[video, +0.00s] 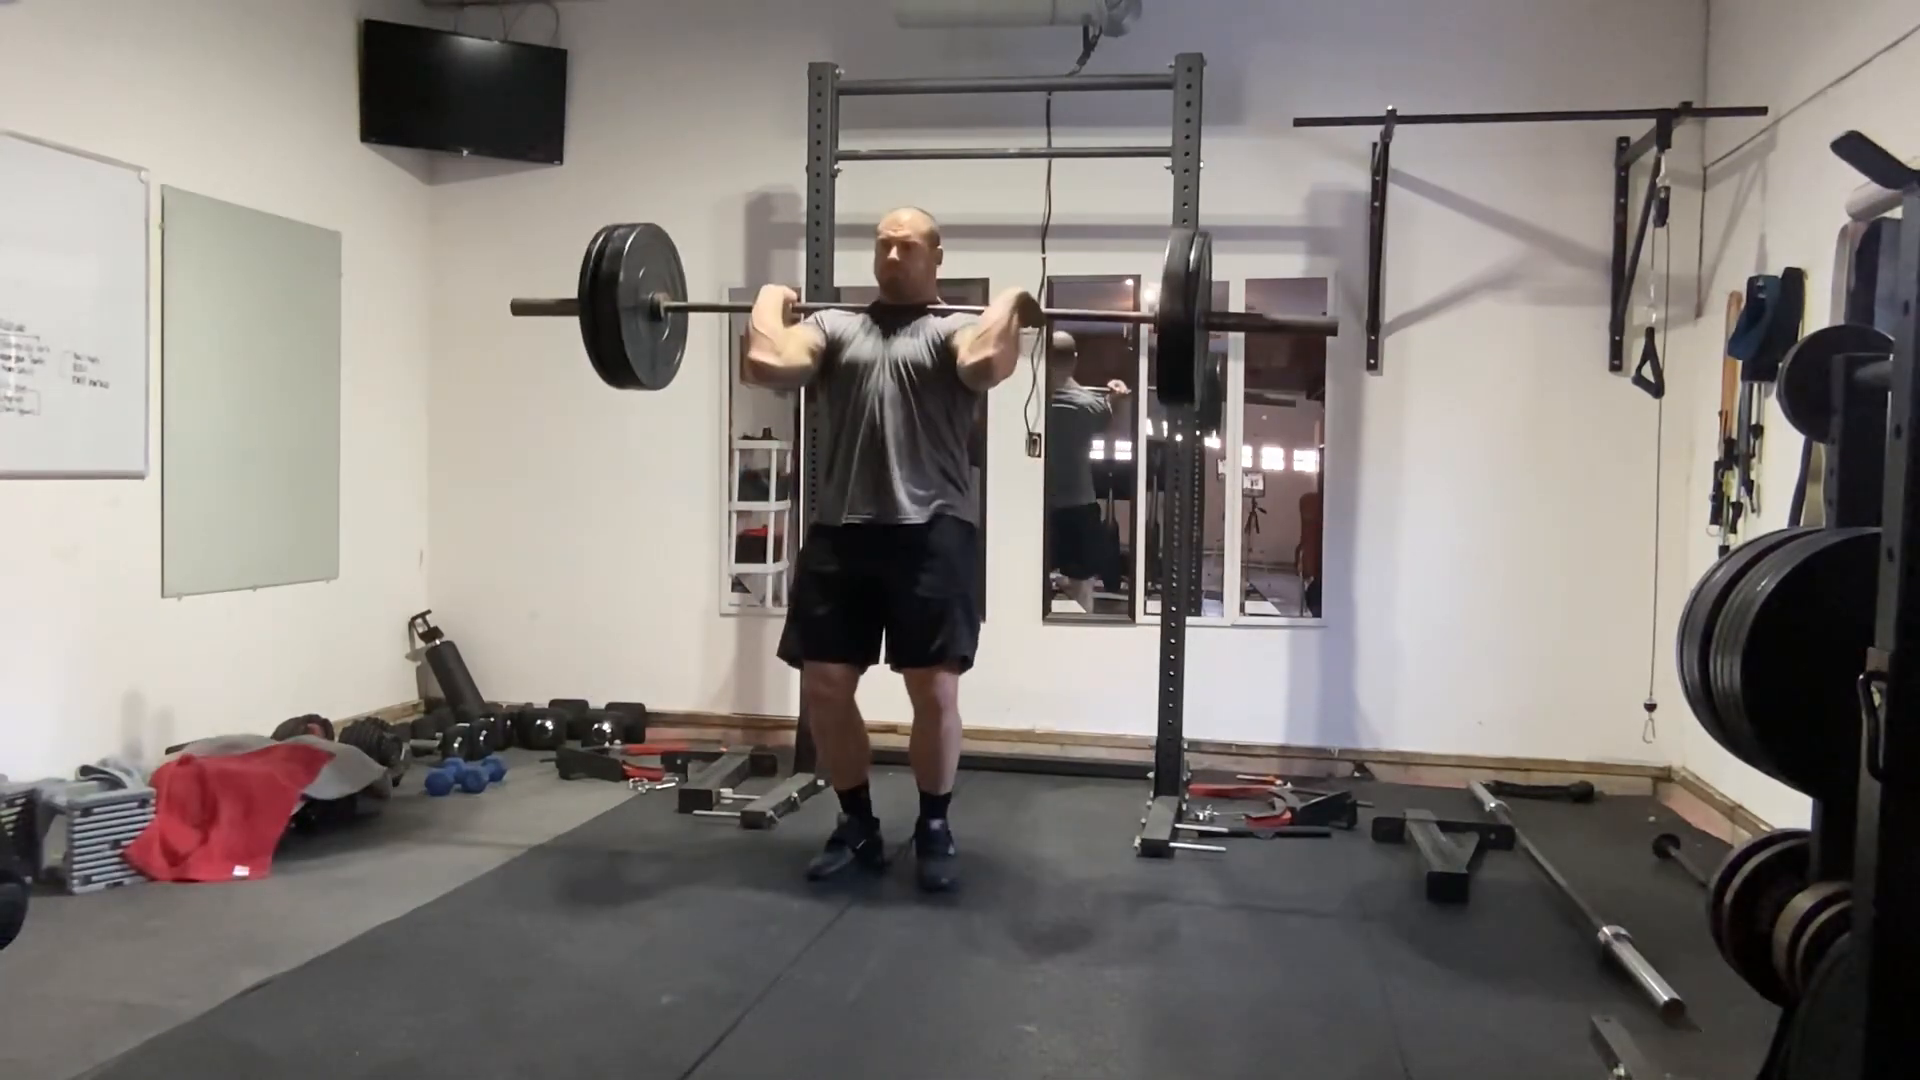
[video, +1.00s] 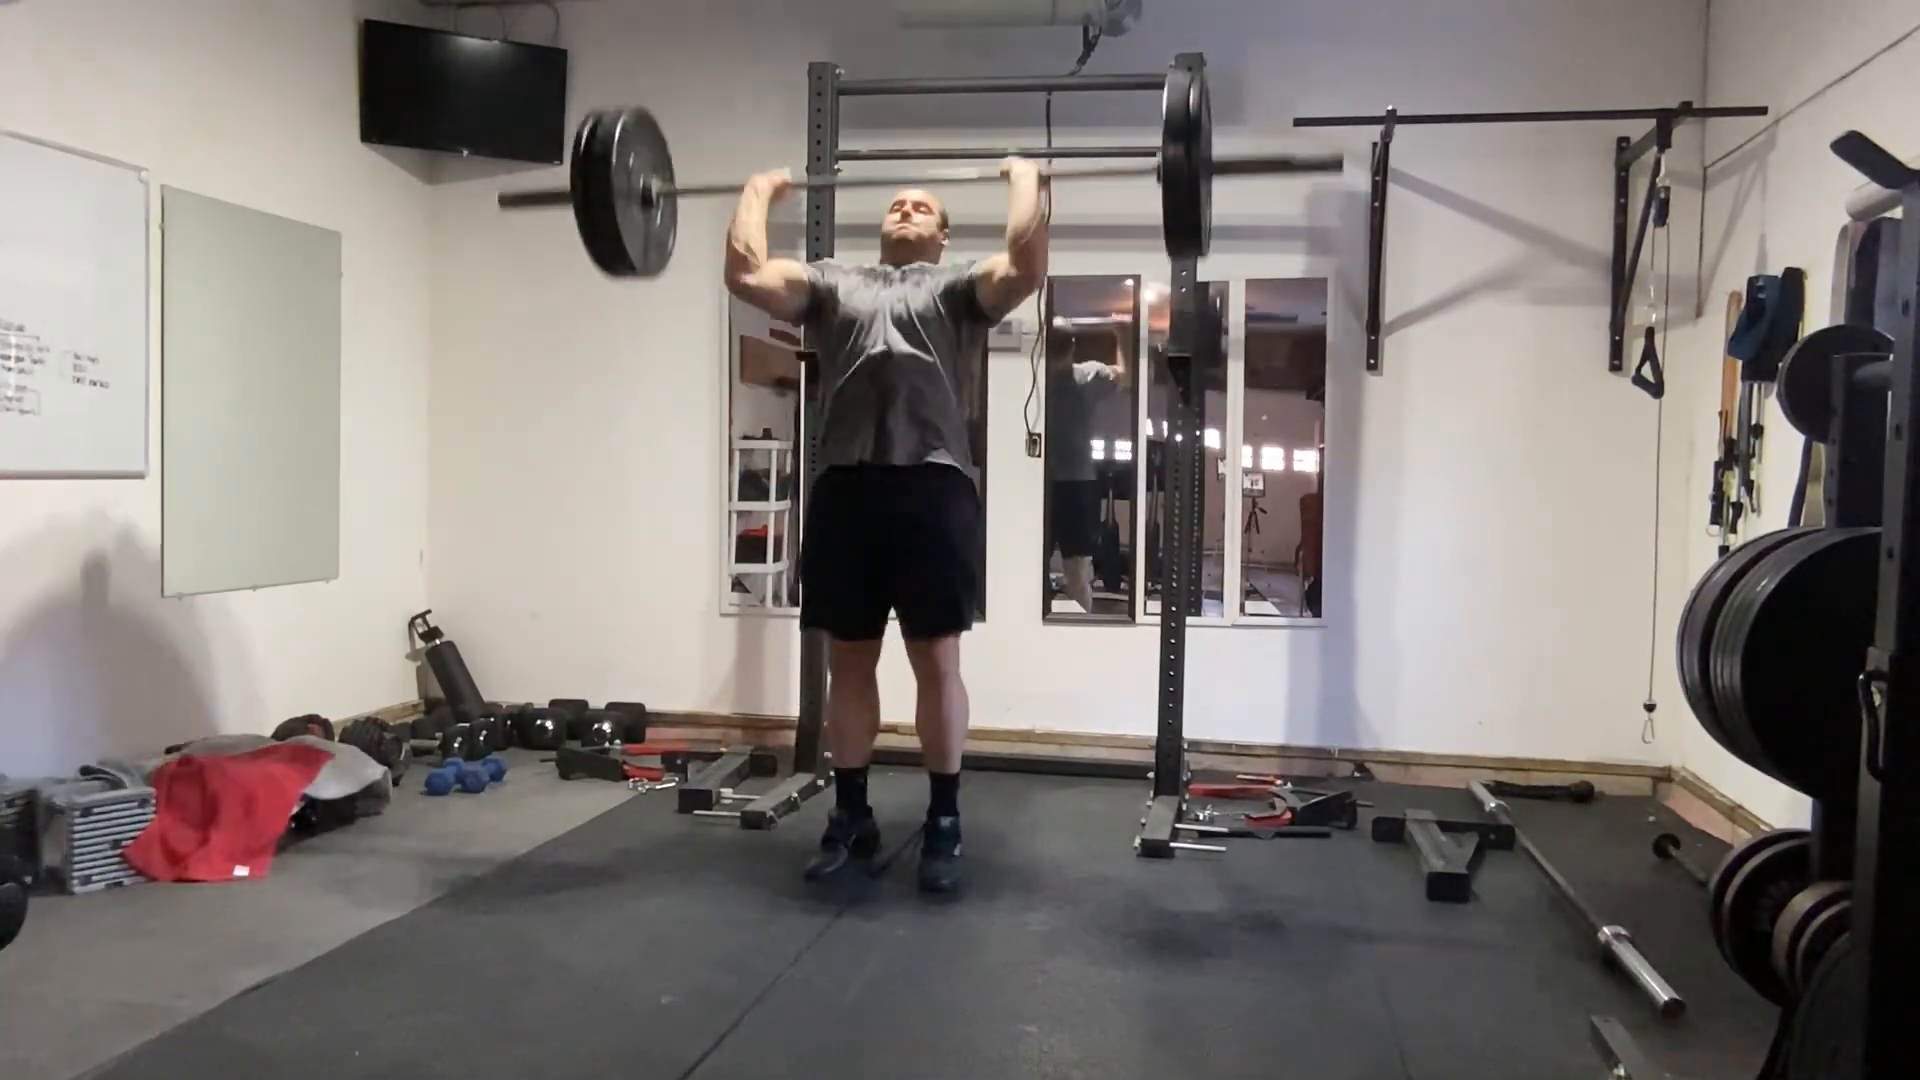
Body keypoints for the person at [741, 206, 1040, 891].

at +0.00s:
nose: (891, 255)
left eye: (906, 246)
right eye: (883, 245)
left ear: (936, 262)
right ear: (871, 260)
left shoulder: (956, 326)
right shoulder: (836, 325)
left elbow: (984, 366)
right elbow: (767, 361)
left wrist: (1009, 304)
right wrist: (771, 297)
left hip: (931, 529)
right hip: (840, 528)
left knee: (933, 685)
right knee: (824, 682)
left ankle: (933, 832)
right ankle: (857, 830)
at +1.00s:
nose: (907, 208)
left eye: (921, 206)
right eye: (896, 205)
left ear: (943, 235)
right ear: (877, 229)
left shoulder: (957, 292)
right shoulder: (835, 283)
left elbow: (1026, 263)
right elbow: (746, 271)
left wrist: (1026, 173)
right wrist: (757, 187)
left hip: (932, 488)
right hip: (845, 489)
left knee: (935, 659)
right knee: (850, 659)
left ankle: (943, 826)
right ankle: (850, 821)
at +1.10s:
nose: (902, 216)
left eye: (918, 213)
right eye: (892, 211)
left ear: (939, 239)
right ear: (874, 236)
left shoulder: (960, 298)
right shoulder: (831, 292)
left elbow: (1032, 233)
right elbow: (743, 236)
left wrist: (1031, 132)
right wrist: (755, 142)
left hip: (933, 505)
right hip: (845, 505)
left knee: (931, 669)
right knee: (853, 669)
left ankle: (939, 829)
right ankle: (857, 828)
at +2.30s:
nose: (866, 290)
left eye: (881, 280)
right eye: (857, 280)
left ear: (910, 295)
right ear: (843, 294)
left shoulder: (955, 378)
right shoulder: (813, 379)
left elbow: (1005, 478)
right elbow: (777, 473)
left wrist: (1013, 585)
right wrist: (762, 574)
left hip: (949, 541)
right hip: (856, 540)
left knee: (953, 681)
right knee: (836, 671)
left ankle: (939, 827)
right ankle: (855, 828)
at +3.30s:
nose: (889, 287)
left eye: (905, 277)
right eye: (881, 276)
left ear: (935, 295)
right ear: (869, 294)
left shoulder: (955, 367)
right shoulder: (837, 372)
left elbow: (985, 406)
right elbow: (775, 404)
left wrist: (989, 337)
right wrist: (783, 333)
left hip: (949, 565)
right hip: (846, 563)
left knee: (985, 703)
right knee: (781, 690)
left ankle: (968, 836)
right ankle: (834, 830)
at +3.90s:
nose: (897, 275)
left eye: (914, 267)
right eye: (888, 266)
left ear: (939, 288)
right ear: (874, 285)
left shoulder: (959, 359)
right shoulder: (834, 364)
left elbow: (993, 397)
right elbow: (769, 402)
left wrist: (1003, 330)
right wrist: (772, 336)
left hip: (941, 569)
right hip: (843, 567)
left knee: (958, 718)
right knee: (796, 699)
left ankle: (947, 834)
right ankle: (852, 831)